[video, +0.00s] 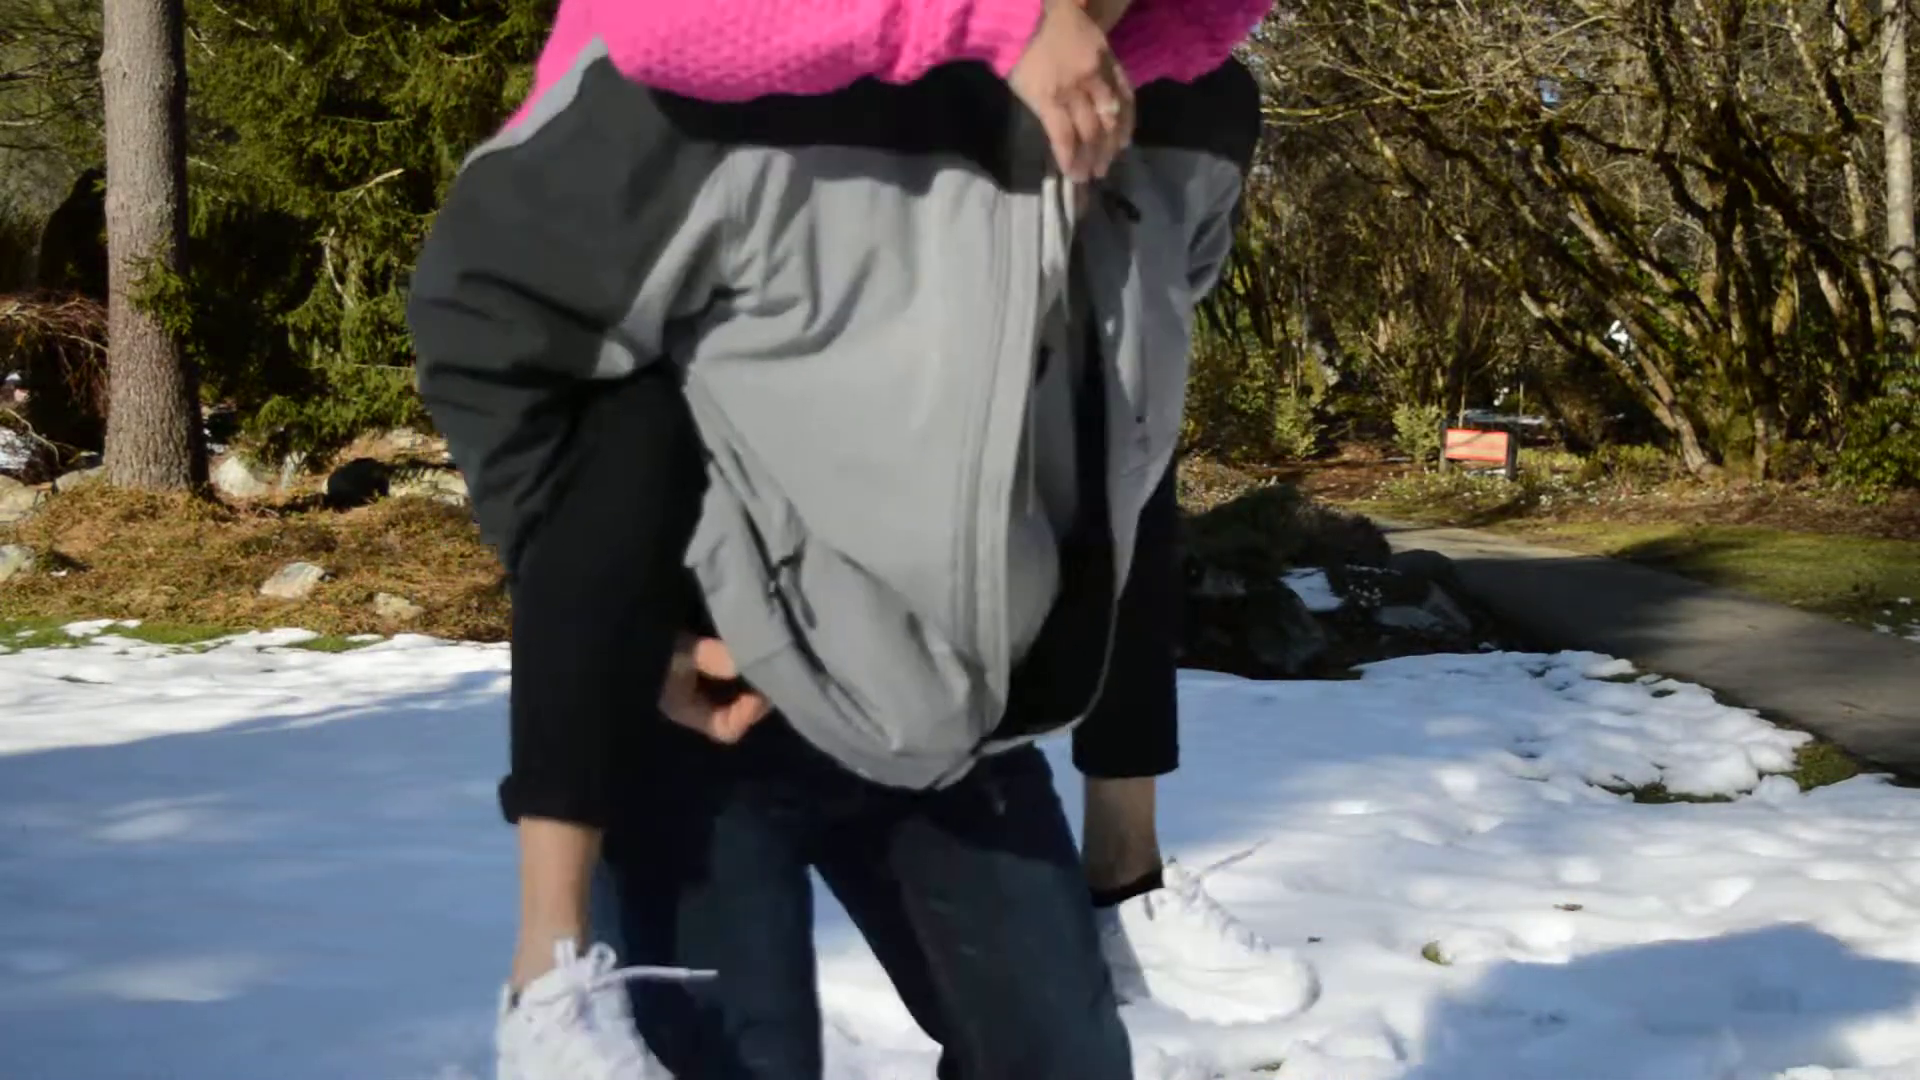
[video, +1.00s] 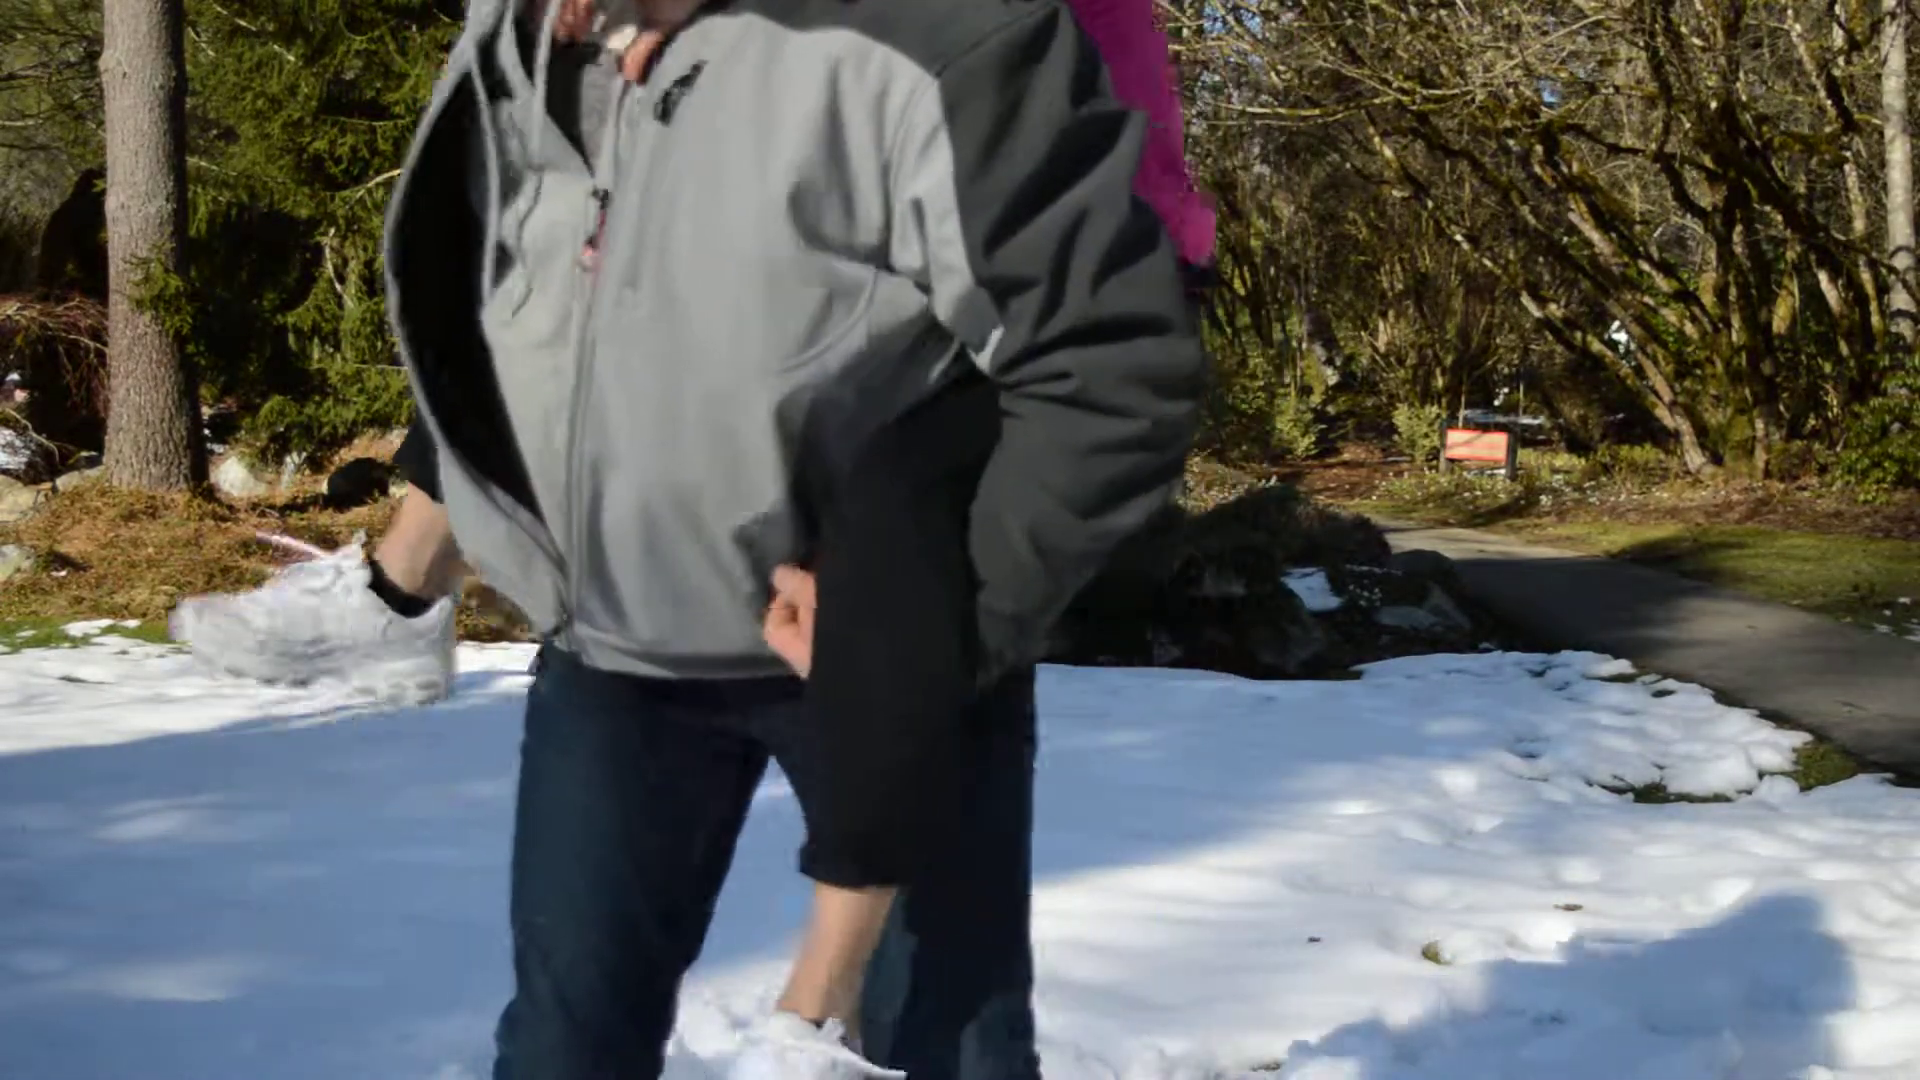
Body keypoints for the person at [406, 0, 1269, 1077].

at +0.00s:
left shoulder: (1196, 107)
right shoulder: (713, 84)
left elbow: (1129, 399)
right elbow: (478, 302)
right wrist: (615, 627)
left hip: (963, 723)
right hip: (698, 725)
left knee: (1068, 1057)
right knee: (744, 1067)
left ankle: (1127, 891)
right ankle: (551, 977)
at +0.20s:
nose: (1042, 49)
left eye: (1100, 14)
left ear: (1147, 46)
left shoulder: (1201, 287)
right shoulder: (696, 209)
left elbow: (1162, 619)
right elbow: (440, 402)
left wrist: (1134, 961)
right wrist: (559, 697)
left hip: (958, 800)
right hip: (675, 774)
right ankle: (420, 1013)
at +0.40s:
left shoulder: (1173, 114)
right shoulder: (605, 57)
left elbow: (1241, 361)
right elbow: (467, 265)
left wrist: (1129, 557)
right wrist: (530, 505)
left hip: (974, 672)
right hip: (668, 652)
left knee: (1000, 1059)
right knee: (643, 1049)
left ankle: (1189, 939)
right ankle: (399, 810)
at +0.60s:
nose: (839, 9)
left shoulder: (1113, 130)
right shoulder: (557, 57)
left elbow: (1209, 435)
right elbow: (484, 307)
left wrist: (1056, 663)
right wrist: (498, 512)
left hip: (940, 752)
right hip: (624, 727)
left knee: (1100, 565)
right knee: (609, 1071)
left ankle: (1104, 1054)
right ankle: (385, 787)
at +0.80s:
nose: (729, 21)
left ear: (864, 14)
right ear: (651, 1)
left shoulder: (995, 239)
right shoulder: (535, 143)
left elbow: (1160, 554)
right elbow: (489, 429)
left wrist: (999, 786)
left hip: (874, 800)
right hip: (590, 775)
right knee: (574, 1067)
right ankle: (357, 761)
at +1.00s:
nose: (580, 18)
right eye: (565, 12)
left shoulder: (950, 46)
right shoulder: (515, 44)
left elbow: (1119, 358)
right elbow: (501, 276)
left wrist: (924, 619)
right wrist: (436, 485)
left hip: (893, 659)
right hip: (620, 654)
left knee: (953, 1052)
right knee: (564, 1043)